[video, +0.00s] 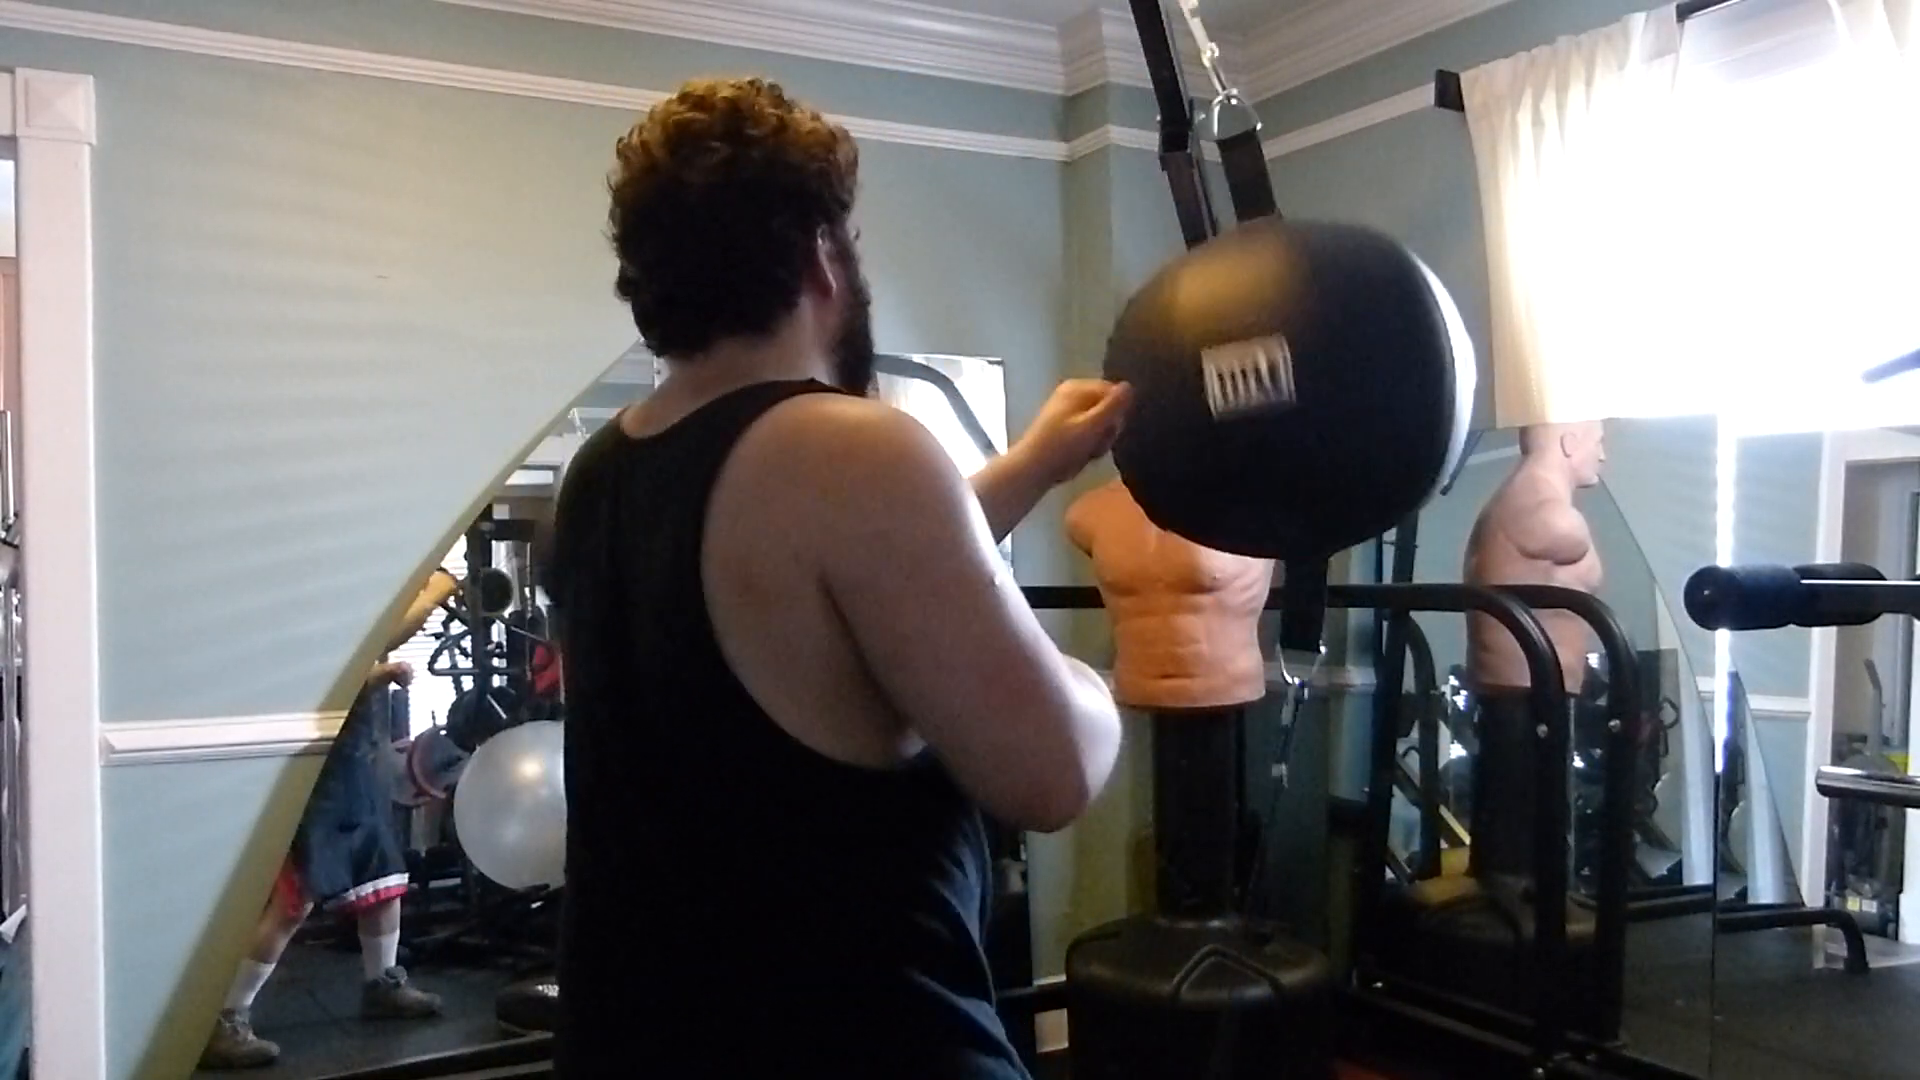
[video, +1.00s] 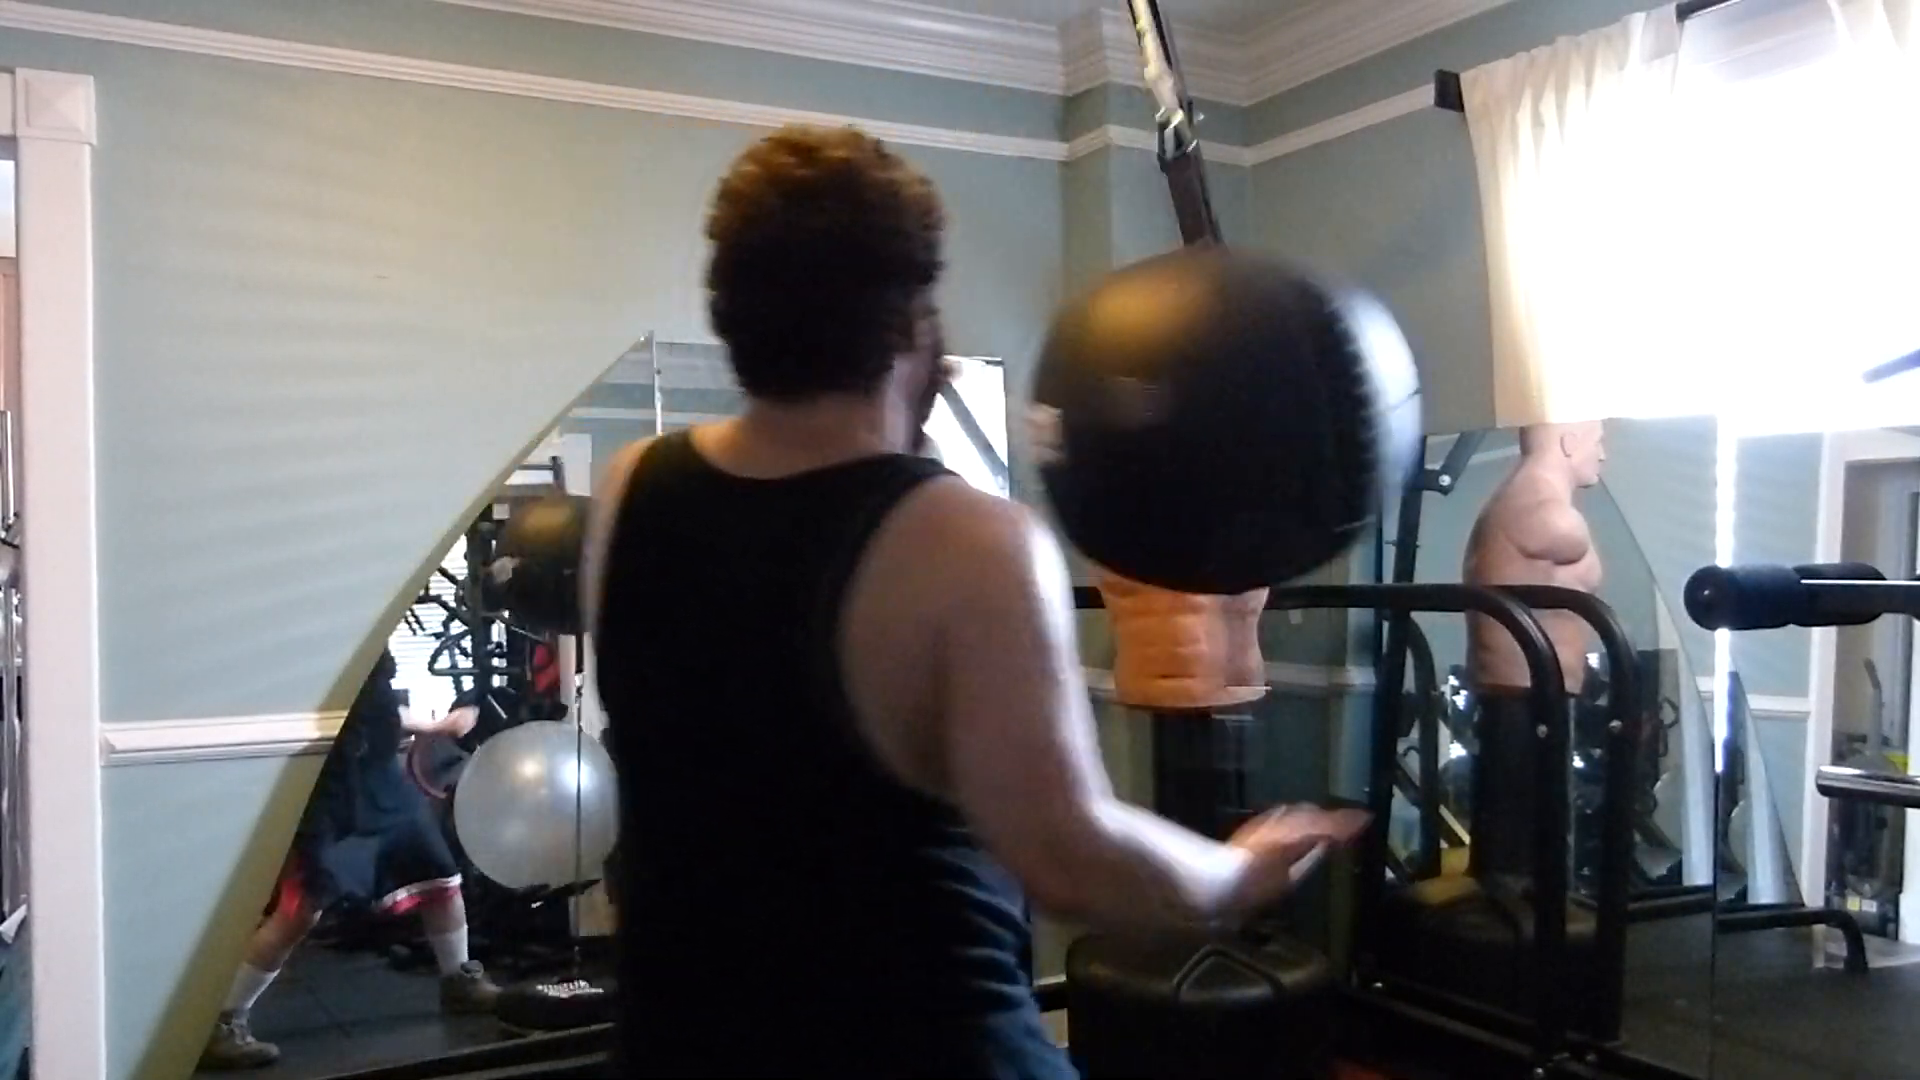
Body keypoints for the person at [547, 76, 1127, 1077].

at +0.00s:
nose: (857, 271)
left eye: (854, 244)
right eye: (853, 244)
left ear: (647, 276)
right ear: (822, 259)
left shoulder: (599, 474)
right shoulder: (861, 455)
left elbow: (815, 604)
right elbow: (1052, 777)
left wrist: (1036, 461)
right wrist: (1080, 679)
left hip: (637, 1020)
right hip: (875, 1029)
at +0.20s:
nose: (796, 284)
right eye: (787, 257)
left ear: (583, 305)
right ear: (763, 274)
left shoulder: (514, 507)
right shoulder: (904, 437)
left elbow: (538, 721)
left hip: (593, 1031)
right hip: (866, 1033)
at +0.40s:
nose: (726, 299)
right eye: (717, 277)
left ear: (519, 335)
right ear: (701, 293)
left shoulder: (459, 516)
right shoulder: (875, 442)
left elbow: (491, 750)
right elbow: (1059, 622)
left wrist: (438, 650)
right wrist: (881, 633)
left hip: (625, 1038)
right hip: (912, 1026)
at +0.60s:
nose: (674, 326)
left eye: (663, 296)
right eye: (663, 300)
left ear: (468, 356)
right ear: (638, 313)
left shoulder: (402, 545)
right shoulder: (811, 448)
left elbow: (452, 767)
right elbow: (984, 688)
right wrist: (798, 736)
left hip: (598, 1038)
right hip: (871, 1018)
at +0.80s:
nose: (743, 312)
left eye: (740, 293)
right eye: (736, 291)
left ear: (536, 316)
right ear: (710, 305)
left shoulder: (454, 518)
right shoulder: (835, 466)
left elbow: (533, 757)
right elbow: (995, 750)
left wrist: (716, 430)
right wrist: (855, 745)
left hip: (592, 1028)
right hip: (848, 1023)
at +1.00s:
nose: (943, 327)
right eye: (936, 297)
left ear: (731, 310)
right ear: (914, 321)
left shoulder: (636, 491)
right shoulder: (970, 543)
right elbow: (1065, 853)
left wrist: (887, 430)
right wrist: (1232, 872)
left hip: (684, 1025)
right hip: (922, 1039)